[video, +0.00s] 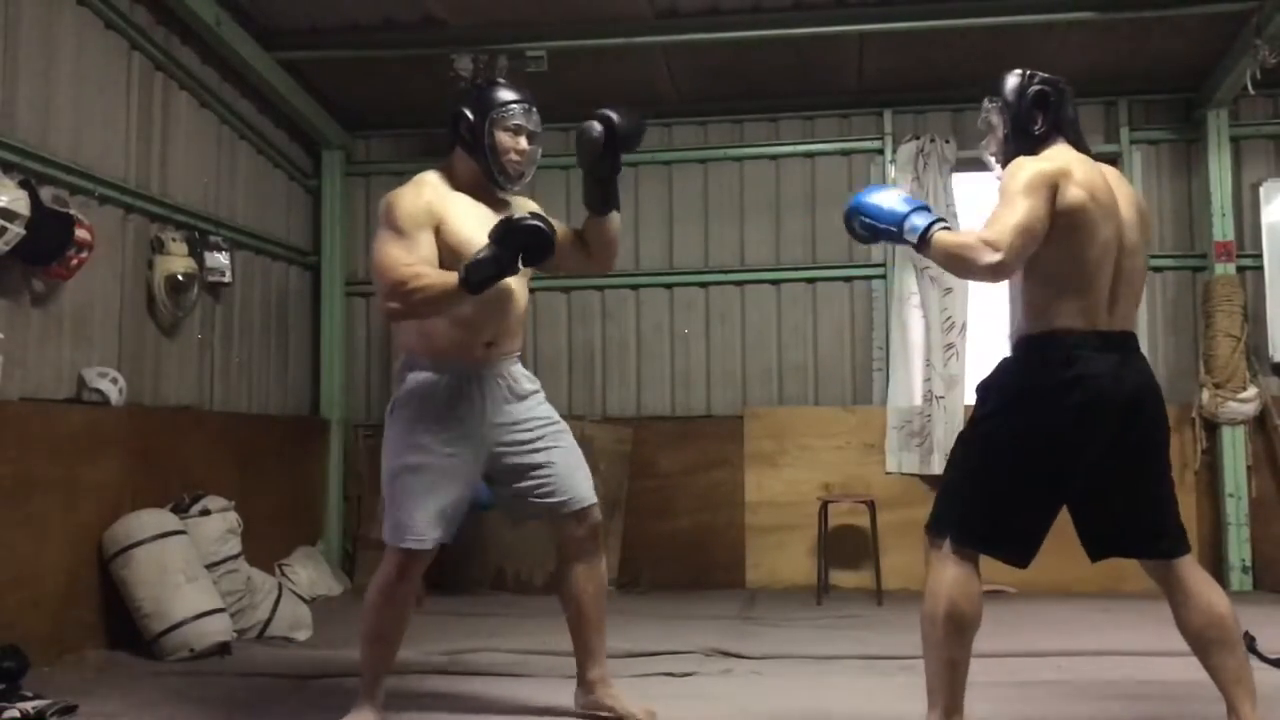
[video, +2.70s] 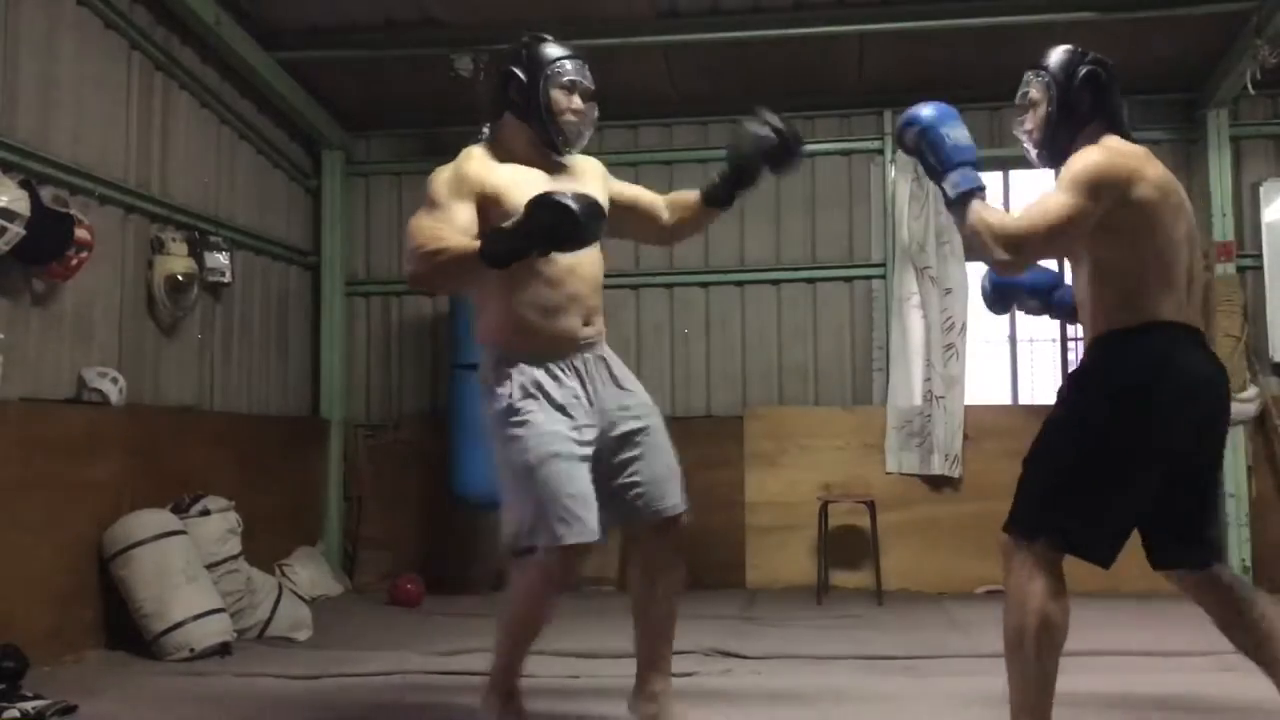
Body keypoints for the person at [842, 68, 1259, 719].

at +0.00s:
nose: (987, 142)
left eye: (991, 125)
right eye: (986, 127)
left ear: (1025, 122)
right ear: (1062, 120)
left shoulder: (1034, 170)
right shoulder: (1125, 187)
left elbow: (992, 257)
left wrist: (914, 223)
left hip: (1044, 384)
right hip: (1128, 385)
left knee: (953, 543)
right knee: (1174, 561)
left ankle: (943, 713)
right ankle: (1247, 709)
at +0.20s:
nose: (978, 135)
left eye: (981, 120)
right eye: (976, 122)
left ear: (1015, 115)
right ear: (1052, 114)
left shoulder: (1012, 169)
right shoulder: (1117, 178)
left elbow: (913, 228)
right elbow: (1094, 259)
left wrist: (870, 181)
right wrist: (1002, 249)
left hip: (1047, 375)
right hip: (1133, 372)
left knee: (965, 551)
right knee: (1186, 554)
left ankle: (947, 714)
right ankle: (1255, 709)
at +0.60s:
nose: (1043, 139)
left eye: (1050, 123)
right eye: (1044, 123)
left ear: (1084, 124)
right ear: (1122, 125)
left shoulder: (1088, 187)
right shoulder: (1198, 195)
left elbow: (1007, 287)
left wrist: (931, 269)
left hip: (1111, 393)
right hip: (1199, 393)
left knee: (1015, 557)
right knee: (1242, 574)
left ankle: (959, 709)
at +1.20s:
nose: (1043, 142)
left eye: (1044, 125)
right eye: (1039, 129)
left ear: (1066, 117)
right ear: (1119, 114)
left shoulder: (1095, 169)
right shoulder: (1187, 177)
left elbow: (984, 234)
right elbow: (1170, 311)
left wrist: (959, 161)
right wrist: (1066, 305)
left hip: (1141, 377)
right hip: (1224, 376)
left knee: (1035, 543)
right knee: (1241, 556)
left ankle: (1034, 712)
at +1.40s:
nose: (1060, 131)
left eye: (1064, 113)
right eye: (1057, 115)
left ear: (1098, 109)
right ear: (1135, 109)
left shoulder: (1127, 166)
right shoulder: (1201, 174)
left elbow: (1032, 252)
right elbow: (1155, 313)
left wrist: (985, 189)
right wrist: (1068, 282)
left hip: (1156, 379)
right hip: (1239, 376)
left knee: (1061, 549)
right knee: (1272, 563)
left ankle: (1038, 711)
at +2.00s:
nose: (1049, 139)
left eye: (1059, 122)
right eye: (1046, 126)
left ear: (1106, 119)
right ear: (1118, 125)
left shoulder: (1141, 181)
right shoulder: (1174, 183)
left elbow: (1109, 305)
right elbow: (1134, 290)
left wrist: (1023, 260)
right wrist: (1057, 244)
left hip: (1161, 390)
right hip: (1218, 390)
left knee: (1037, 548)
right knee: (1239, 571)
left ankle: (1030, 713)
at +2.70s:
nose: (1021, 123)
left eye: (1029, 106)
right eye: (1021, 108)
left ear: (1069, 103)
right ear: (1099, 106)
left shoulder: (1097, 162)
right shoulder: (1154, 175)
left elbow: (1004, 244)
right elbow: (1146, 300)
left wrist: (957, 175)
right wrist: (1053, 296)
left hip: (1128, 374)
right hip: (1197, 378)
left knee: (1030, 545)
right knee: (1196, 565)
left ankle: (1028, 712)